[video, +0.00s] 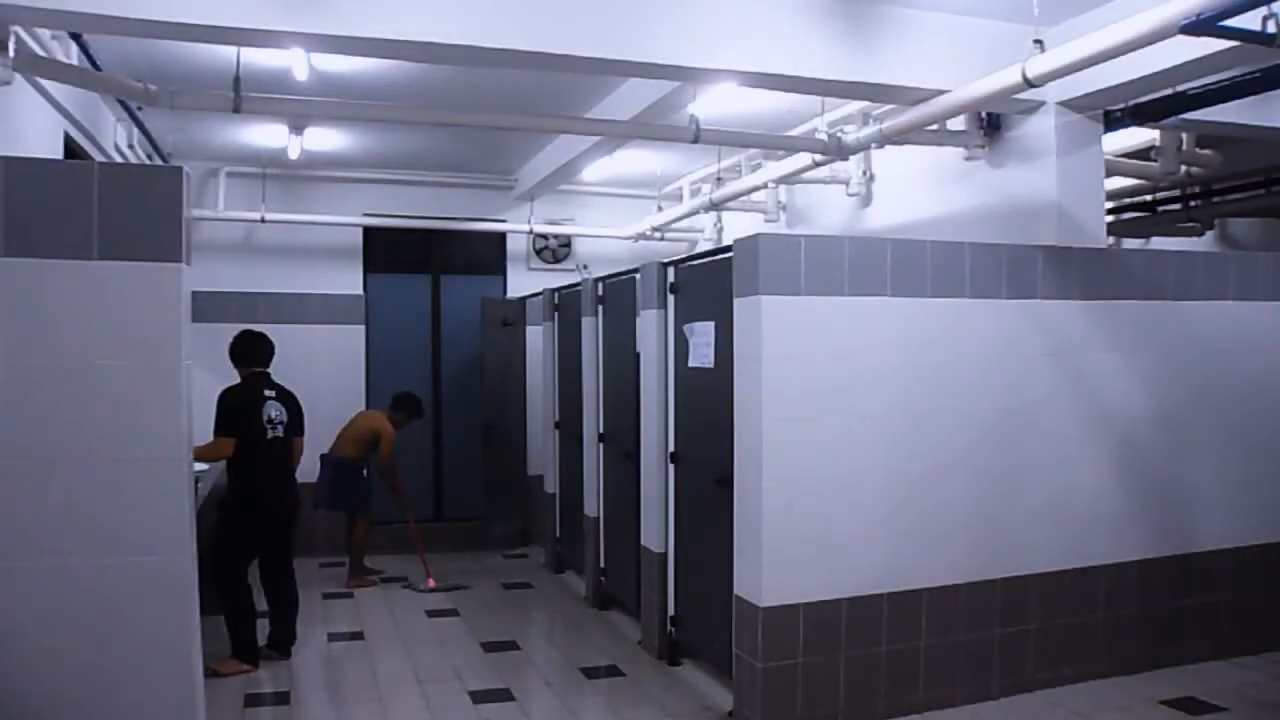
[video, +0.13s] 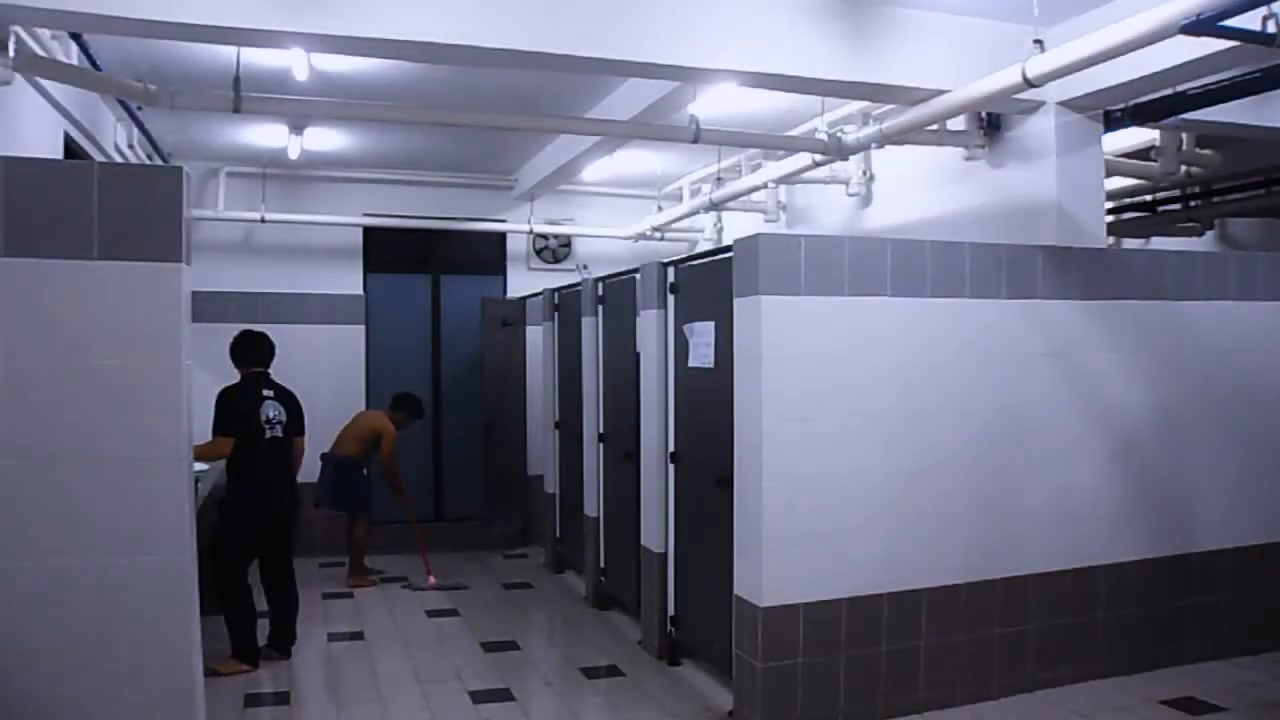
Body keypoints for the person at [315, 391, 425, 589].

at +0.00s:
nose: (405, 425)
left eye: (409, 420)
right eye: (407, 420)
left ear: (392, 407)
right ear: (402, 414)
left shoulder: (370, 416)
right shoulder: (385, 429)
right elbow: (385, 466)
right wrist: (399, 495)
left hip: (333, 466)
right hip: (348, 470)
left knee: (354, 518)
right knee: (362, 519)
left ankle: (358, 565)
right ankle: (356, 573)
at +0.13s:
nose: (406, 425)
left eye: (410, 421)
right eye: (408, 420)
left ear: (393, 408)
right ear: (402, 414)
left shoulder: (369, 416)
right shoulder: (387, 429)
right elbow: (387, 465)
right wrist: (400, 494)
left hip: (333, 465)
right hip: (349, 469)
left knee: (354, 518)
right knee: (362, 519)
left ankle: (357, 565)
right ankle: (355, 573)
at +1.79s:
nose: (419, 422)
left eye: (422, 418)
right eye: (420, 417)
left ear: (407, 406)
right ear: (411, 411)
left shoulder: (388, 416)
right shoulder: (389, 426)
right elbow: (384, 464)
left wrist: (398, 443)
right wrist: (399, 491)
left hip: (363, 466)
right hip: (355, 468)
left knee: (377, 519)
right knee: (367, 522)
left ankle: (376, 567)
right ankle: (364, 575)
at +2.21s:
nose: (435, 423)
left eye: (437, 419)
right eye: (435, 418)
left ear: (422, 408)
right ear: (427, 412)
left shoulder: (401, 417)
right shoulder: (411, 429)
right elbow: (404, 465)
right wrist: (419, 493)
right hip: (372, 468)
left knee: (387, 520)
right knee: (376, 522)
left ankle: (390, 569)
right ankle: (364, 576)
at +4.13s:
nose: (440, 418)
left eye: (442, 414)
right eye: (439, 413)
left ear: (423, 404)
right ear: (432, 410)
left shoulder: (399, 414)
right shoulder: (419, 428)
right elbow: (422, 461)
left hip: (373, 467)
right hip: (386, 473)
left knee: (387, 527)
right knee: (393, 528)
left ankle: (390, 574)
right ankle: (392, 578)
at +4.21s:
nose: (438, 418)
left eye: (440, 412)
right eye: (438, 412)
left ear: (421, 403)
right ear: (431, 409)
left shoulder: (396, 413)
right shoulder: (419, 429)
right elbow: (424, 465)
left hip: (372, 471)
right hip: (388, 479)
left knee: (383, 529)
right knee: (395, 530)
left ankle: (383, 576)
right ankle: (396, 579)